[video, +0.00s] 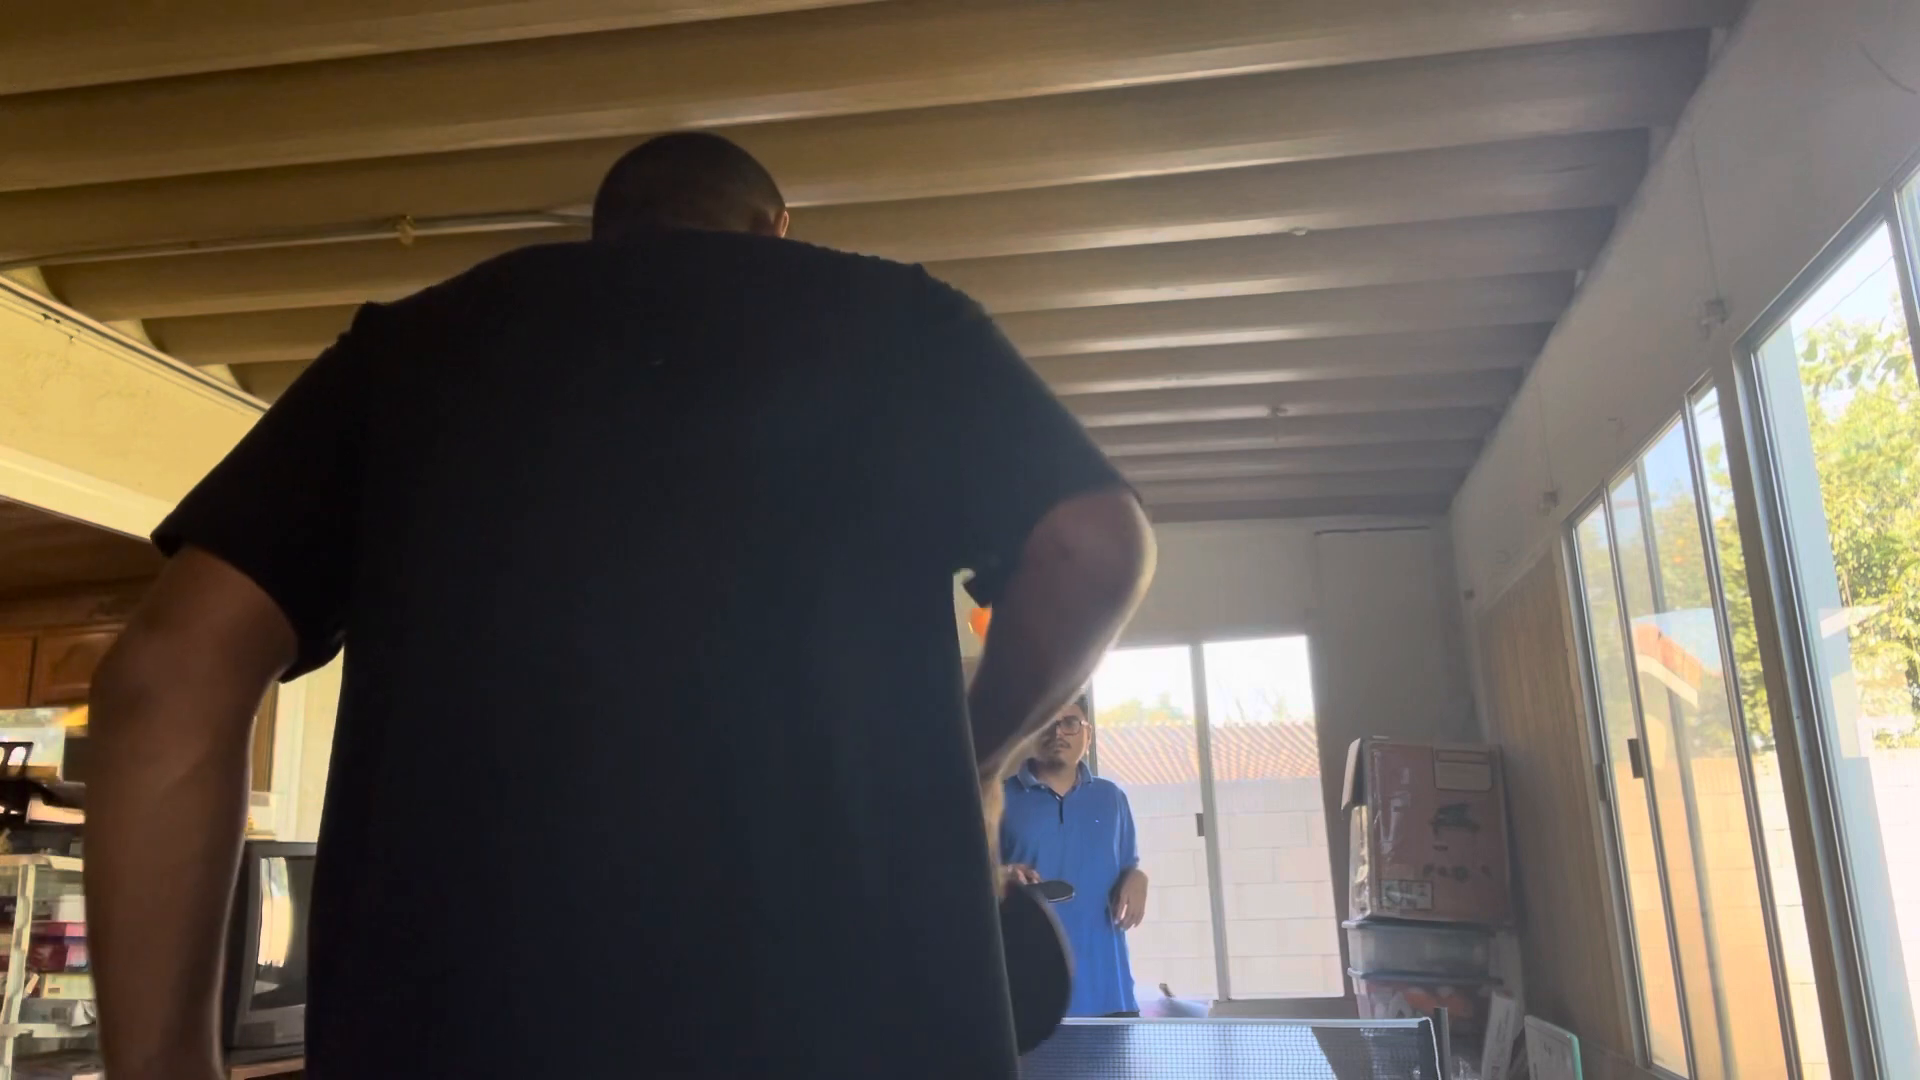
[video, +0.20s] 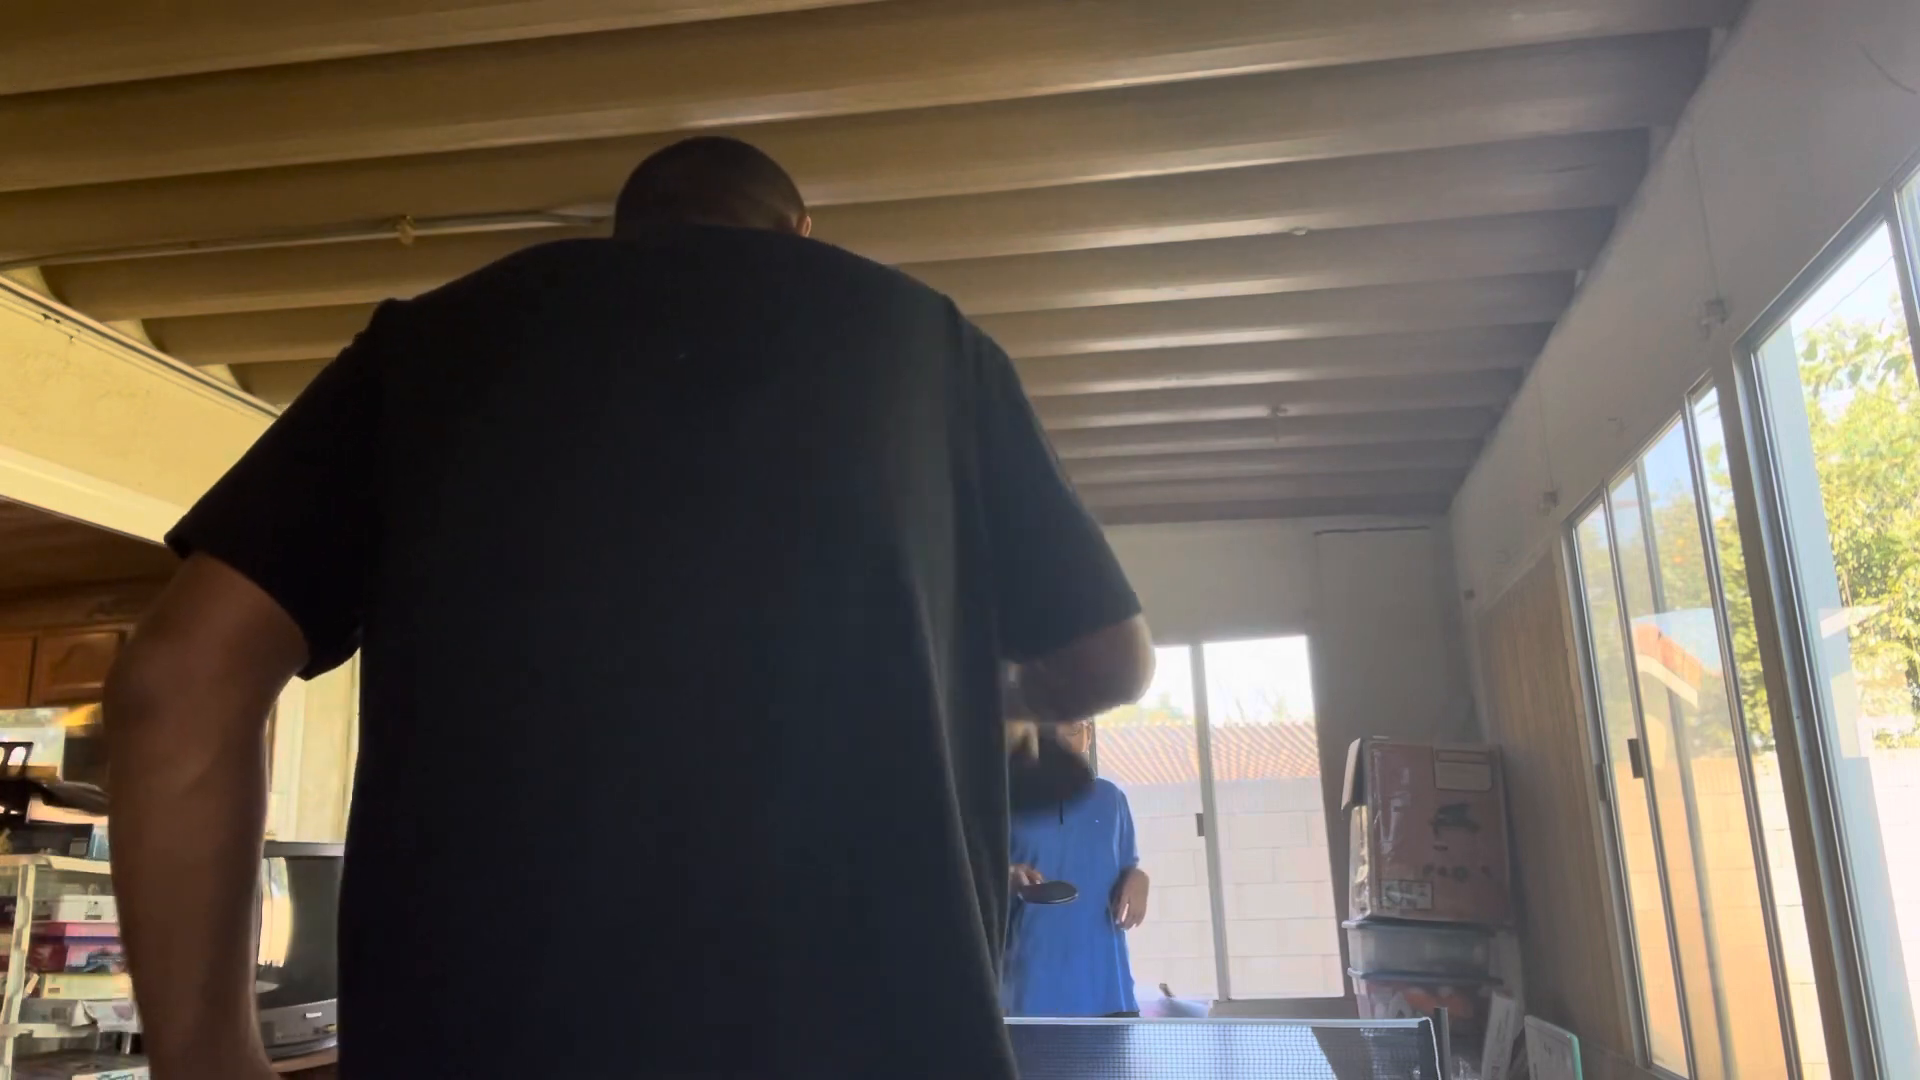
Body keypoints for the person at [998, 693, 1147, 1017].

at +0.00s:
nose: (1058, 733)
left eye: (1069, 723)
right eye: (1046, 724)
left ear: (1088, 734)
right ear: (1029, 735)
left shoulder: (1111, 798)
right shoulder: (999, 798)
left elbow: (1125, 868)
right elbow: (977, 873)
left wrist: (1137, 876)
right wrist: (1002, 875)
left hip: (1106, 991)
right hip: (1032, 996)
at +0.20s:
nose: (1068, 743)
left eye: (1076, 730)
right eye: (1057, 731)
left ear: (1087, 733)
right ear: (1034, 735)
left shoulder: (1109, 799)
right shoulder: (1005, 797)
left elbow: (1124, 868)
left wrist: (1137, 877)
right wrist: (1005, 877)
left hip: (1106, 1001)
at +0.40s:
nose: (1058, 733)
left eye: (1071, 723)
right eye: (1046, 722)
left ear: (1088, 736)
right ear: (1029, 731)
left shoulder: (1111, 800)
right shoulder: (997, 802)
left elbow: (1125, 872)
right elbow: (978, 889)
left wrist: (1138, 878)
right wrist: (1005, 878)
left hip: (1105, 995)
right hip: (1026, 998)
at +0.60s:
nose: (1061, 732)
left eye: (1073, 724)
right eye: (1051, 723)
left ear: (1089, 737)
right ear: (1033, 729)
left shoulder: (1110, 798)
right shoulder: (1008, 796)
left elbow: (1123, 873)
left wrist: (1138, 877)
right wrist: (1010, 871)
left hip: (1105, 992)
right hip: (1031, 994)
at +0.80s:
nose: (1069, 746)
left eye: (1078, 737)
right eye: (1058, 736)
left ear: (1091, 742)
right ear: (1029, 736)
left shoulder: (1110, 800)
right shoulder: (1011, 796)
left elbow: (1124, 875)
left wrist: (1145, 878)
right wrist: (1036, 859)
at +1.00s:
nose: (1081, 758)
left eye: (1089, 747)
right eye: (1070, 747)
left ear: (1097, 749)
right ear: (1043, 746)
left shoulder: (1108, 801)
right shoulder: (1015, 800)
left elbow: (1119, 875)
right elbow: (990, 880)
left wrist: (1157, 892)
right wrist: (1062, 864)